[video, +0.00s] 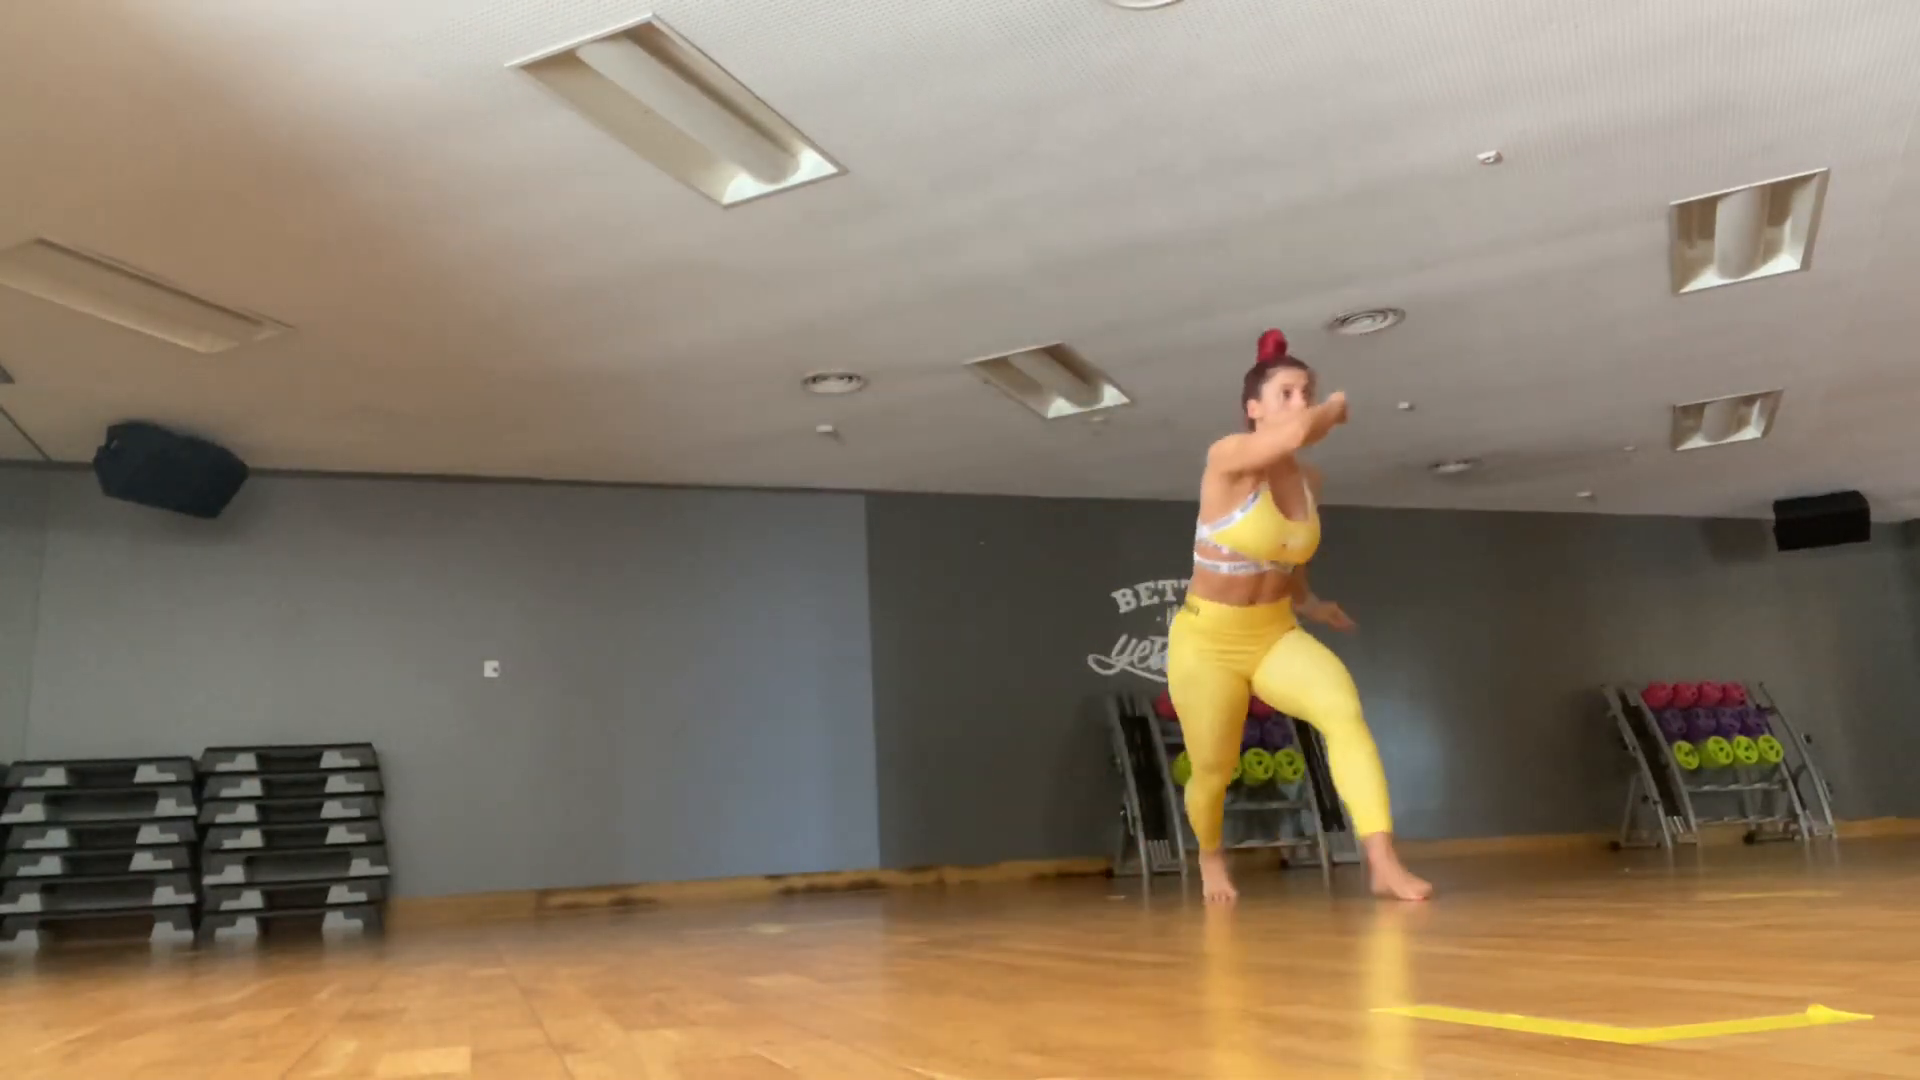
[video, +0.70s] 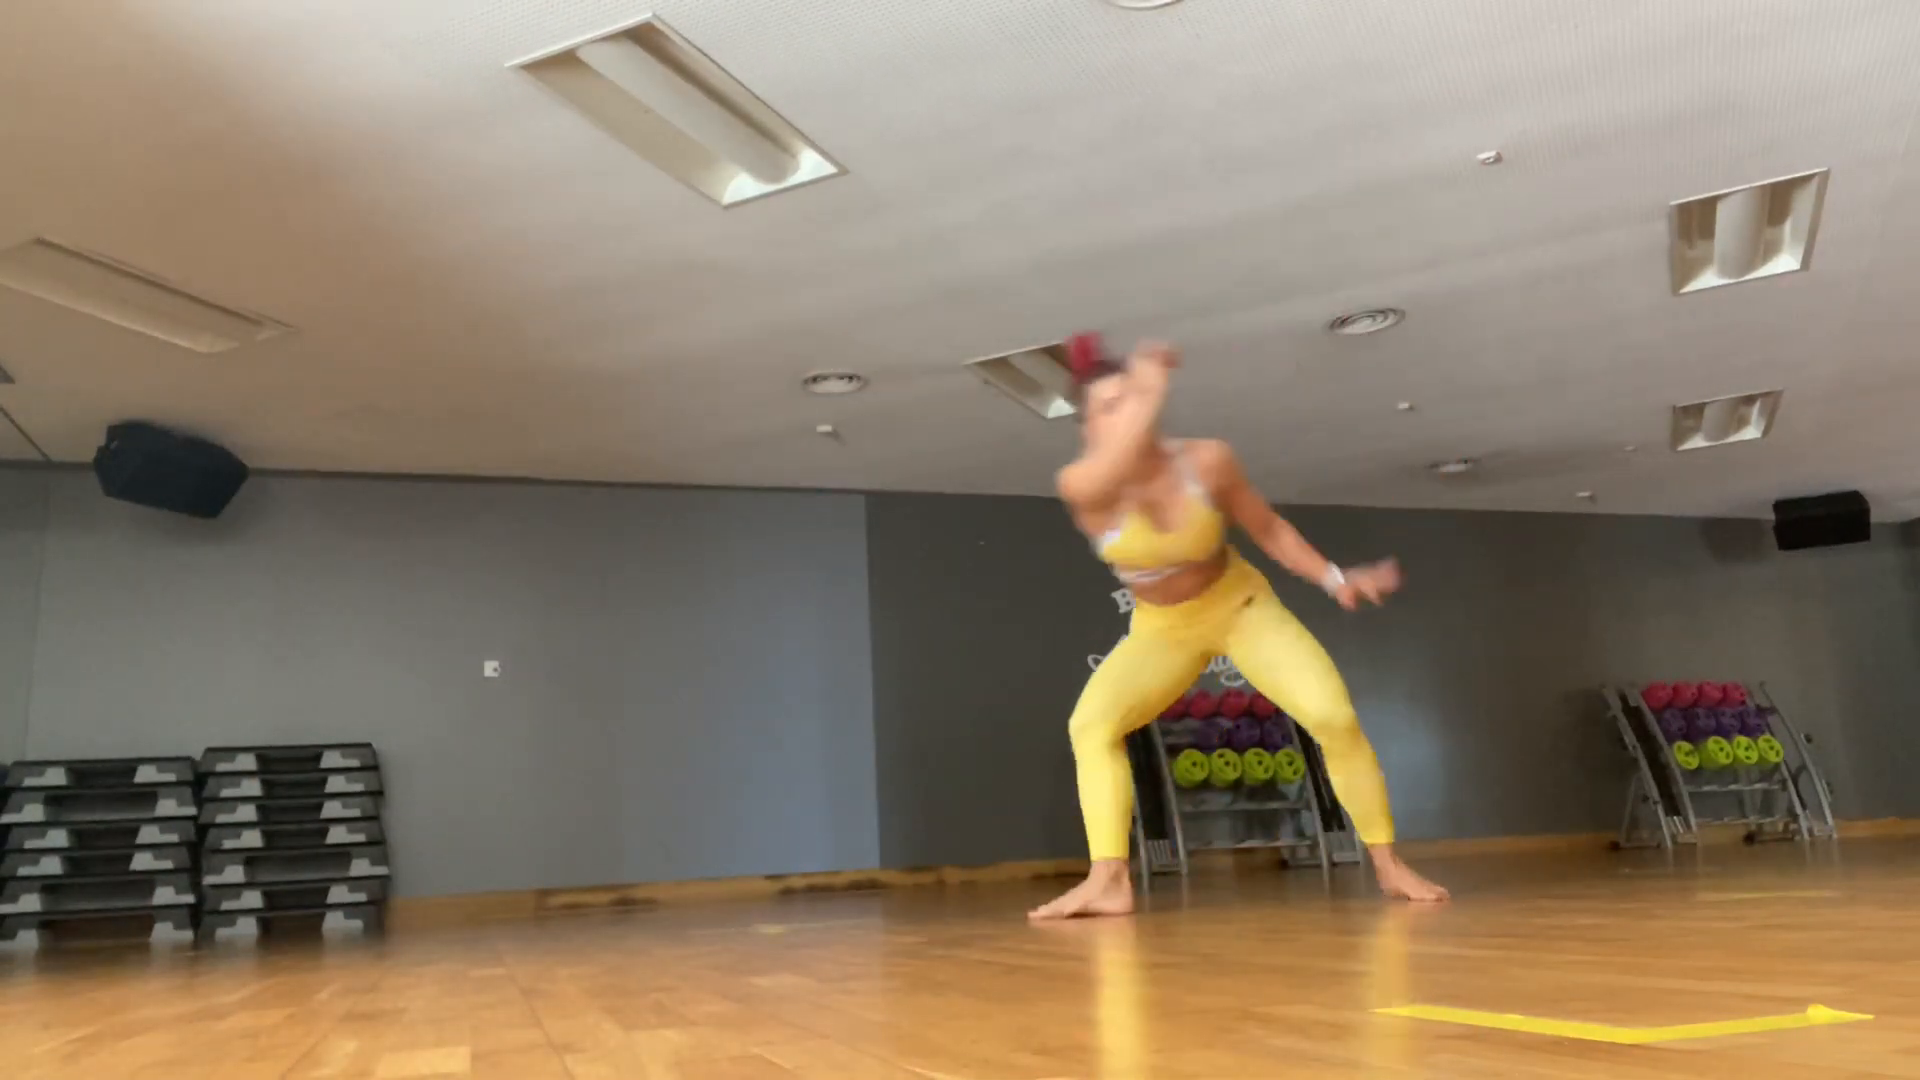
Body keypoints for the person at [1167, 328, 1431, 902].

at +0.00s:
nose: (1303, 405)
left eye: (1308, 394)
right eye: (1288, 394)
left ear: (1312, 403)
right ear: (1253, 408)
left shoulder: (1307, 477)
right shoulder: (1226, 457)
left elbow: (1288, 554)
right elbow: (1284, 439)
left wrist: (1309, 604)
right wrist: (1327, 413)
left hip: (1275, 637)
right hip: (1207, 641)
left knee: (1342, 709)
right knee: (1213, 769)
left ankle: (1382, 862)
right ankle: (1211, 861)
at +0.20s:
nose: (1337, 375)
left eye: (1342, 365)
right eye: (1321, 364)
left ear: (1348, 373)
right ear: (1287, 380)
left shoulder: (1328, 450)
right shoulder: (1262, 422)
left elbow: (1333, 532)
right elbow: (1334, 427)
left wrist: (1388, 566)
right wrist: (1395, 391)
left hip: (1276, 612)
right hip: (1204, 609)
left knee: (1338, 721)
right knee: (1200, 743)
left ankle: (1398, 868)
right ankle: (1198, 854)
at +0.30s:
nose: (1359, 374)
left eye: (1364, 363)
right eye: (1343, 362)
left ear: (1369, 375)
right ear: (1307, 376)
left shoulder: (1352, 459)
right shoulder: (1283, 425)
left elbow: (1368, 536)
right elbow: (1347, 467)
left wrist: (1417, 533)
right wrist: (1423, 424)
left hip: (1277, 609)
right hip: (1205, 601)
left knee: (1344, 717)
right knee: (1189, 751)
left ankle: (1400, 872)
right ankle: (1170, 851)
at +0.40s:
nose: (1367, 393)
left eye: (1373, 381)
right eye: (1351, 381)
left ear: (1380, 392)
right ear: (1314, 395)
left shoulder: (1370, 463)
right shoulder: (1285, 454)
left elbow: (1416, 551)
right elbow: (1335, 546)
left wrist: (1426, 496)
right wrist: (1420, 502)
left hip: (1276, 612)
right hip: (1202, 603)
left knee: (1353, 714)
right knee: (1156, 757)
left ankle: (1398, 870)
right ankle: (1125, 857)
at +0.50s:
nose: (1337, 403)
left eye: (1343, 389)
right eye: (1320, 391)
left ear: (1351, 399)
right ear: (1285, 406)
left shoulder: (1354, 464)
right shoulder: (1257, 467)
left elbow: (1398, 551)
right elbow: (1309, 560)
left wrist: (1443, 525)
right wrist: (1396, 510)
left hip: (1274, 614)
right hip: (1194, 607)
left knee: (1354, 715)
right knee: (1125, 743)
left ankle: (1397, 871)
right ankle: (1102, 869)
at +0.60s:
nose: (1271, 402)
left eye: (1276, 389)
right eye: (1253, 392)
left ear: (1287, 399)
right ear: (1221, 409)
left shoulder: (1304, 462)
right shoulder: (1199, 471)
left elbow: (1354, 547)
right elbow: (1264, 538)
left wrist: (1398, 606)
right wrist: (1326, 463)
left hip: (1267, 611)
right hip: (1183, 613)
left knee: (1349, 714)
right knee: (1106, 726)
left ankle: (1396, 872)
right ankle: (1092, 877)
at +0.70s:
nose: (1118, 414)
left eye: (1124, 400)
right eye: (1104, 406)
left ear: (1149, 403)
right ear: (1086, 424)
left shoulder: (1206, 462)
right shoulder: (1080, 486)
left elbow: (1268, 529)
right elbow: (1113, 466)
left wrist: (1332, 577)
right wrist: (1149, 389)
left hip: (1239, 607)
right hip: (1159, 627)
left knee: (1333, 714)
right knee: (1090, 724)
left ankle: (1386, 862)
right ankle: (1108, 879)